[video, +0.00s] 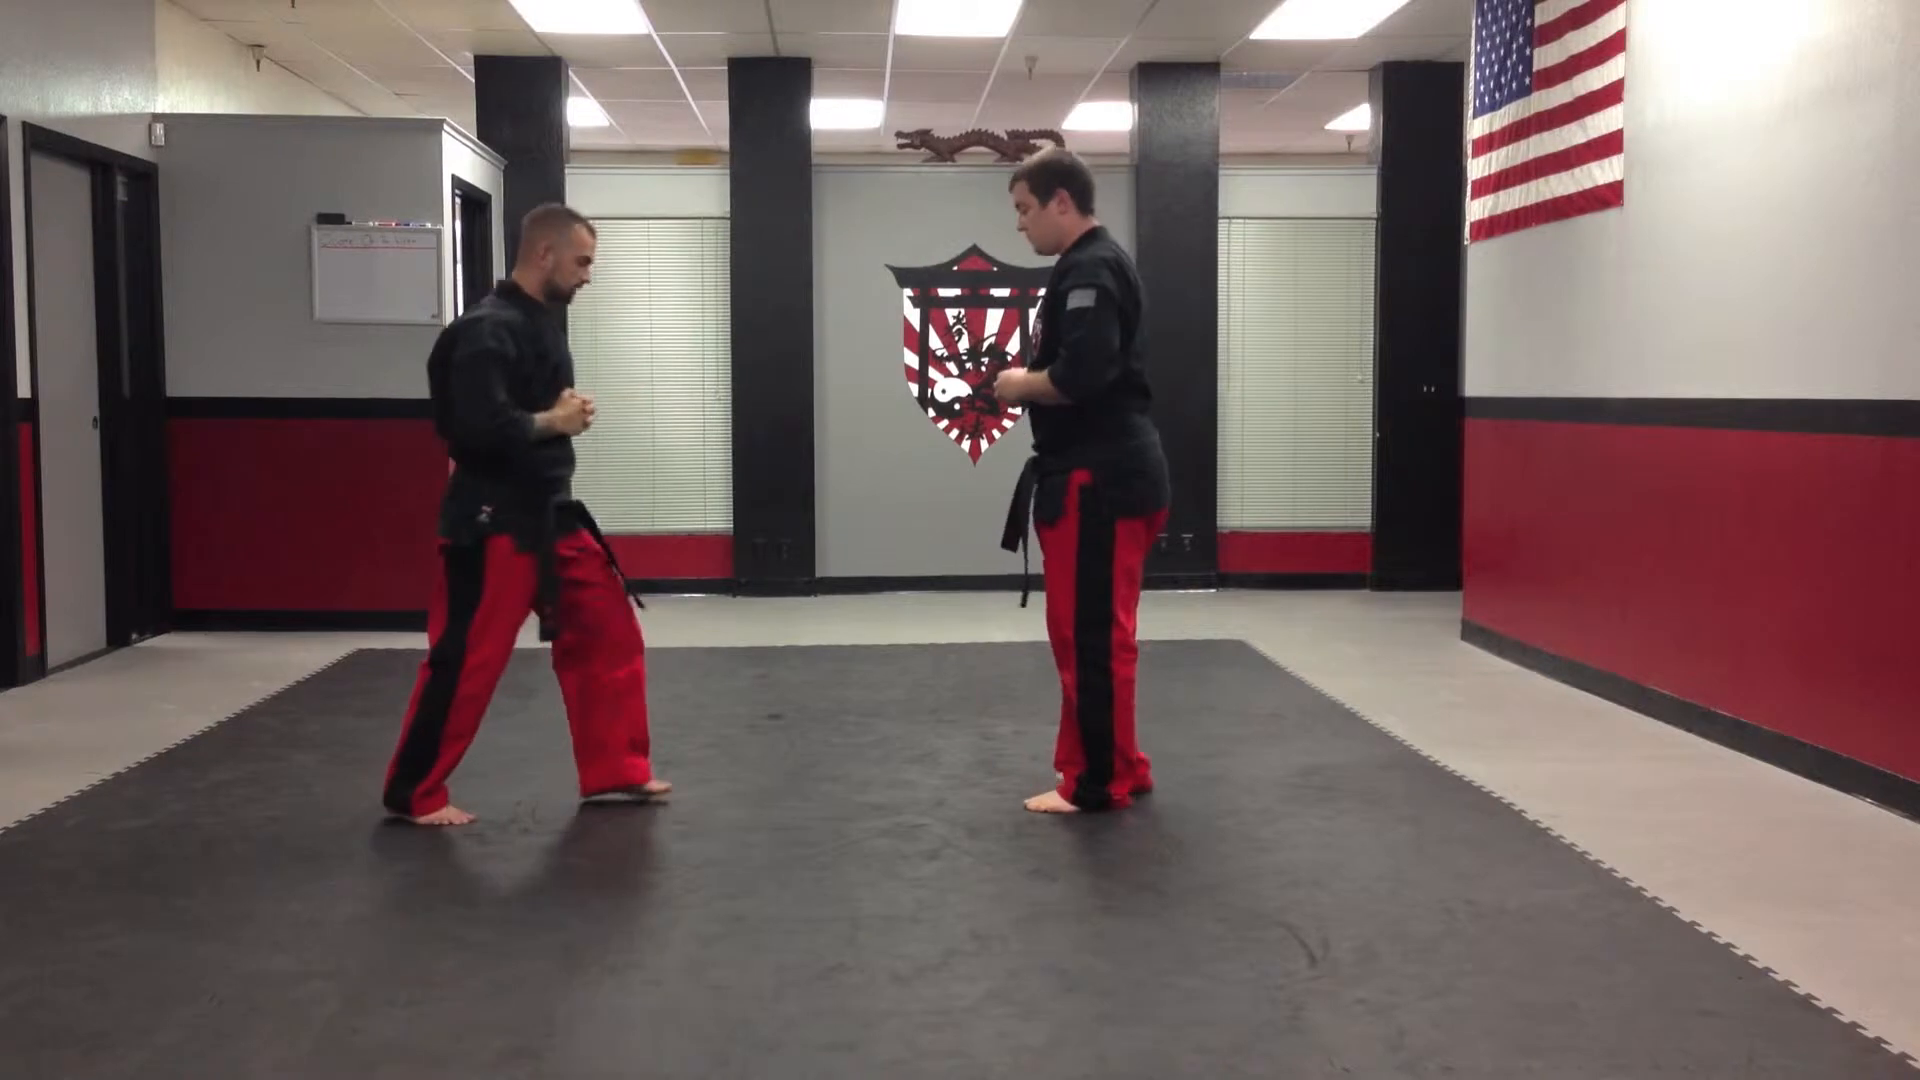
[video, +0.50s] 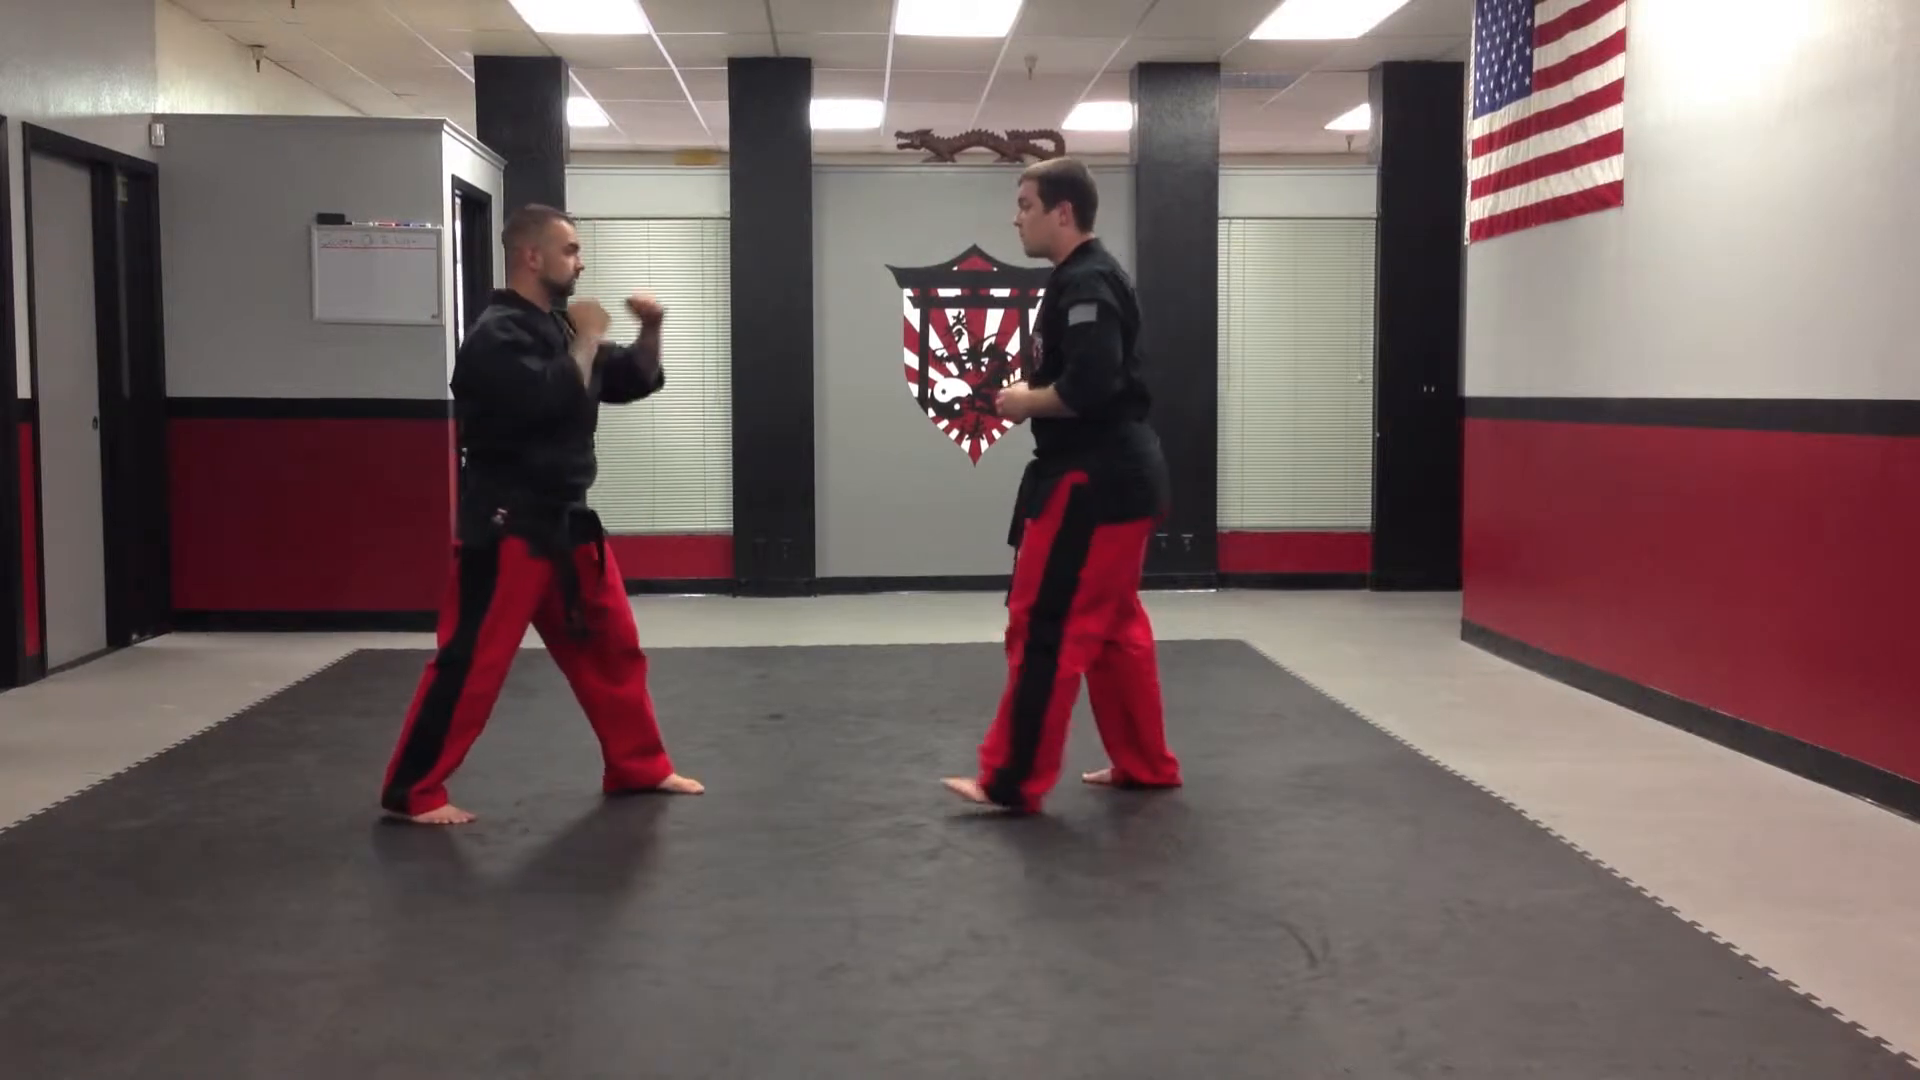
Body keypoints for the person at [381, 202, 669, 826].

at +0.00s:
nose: (587, 275)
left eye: (590, 263)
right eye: (582, 262)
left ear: (546, 258)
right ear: (542, 255)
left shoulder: (545, 326)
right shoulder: (485, 329)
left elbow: (529, 411)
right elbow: (475, 428)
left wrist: (557, 414)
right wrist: (551, 421)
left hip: (552, 511)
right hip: (493, 517)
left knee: (607, 635)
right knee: (468, 658)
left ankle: (614, 772)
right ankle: (415, 794)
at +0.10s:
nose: (579, 272)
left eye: (581, 260)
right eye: (572, 259)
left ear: (539, 258)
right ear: (532, 254)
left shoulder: (542, 324)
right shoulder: (478, 328)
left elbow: (527, 409)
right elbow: (469, 423)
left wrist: (560, 408)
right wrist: (548, 416)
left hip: (551, 513)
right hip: (490, 518)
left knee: (601, 638)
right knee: (463, 662)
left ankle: (633, 766)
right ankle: (414, 794)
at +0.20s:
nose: (577, 271)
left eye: (578, 260)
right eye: (569, 259)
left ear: (538, 259)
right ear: (530, 256)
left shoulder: (544, 328)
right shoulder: (480, 331)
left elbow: (533, 414)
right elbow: (474, 423)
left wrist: (572, 407)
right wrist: (558, 412)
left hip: (556, 516)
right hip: (495, 521)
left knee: (602, 646)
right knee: (465, 664)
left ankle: (634, 768)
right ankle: (412, 794)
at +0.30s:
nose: (577, 268)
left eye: (578, 257)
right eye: (568, 256)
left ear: (540, 260)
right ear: (529, 257)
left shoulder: (555, 337)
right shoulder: (487, 336)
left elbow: (594, 423)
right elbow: (495, 422)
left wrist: (607, 394)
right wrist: (578, 400)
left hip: (567, 520)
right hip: (505, 525)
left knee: (610, 649)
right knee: (472, 664)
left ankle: (637, 769)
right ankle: (412, 793)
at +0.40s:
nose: (579, 262)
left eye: (578, 251)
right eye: (569, 251)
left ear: (540, 258)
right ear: (530, 255)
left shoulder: (559, 329)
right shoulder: (491, 335)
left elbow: (611, 401)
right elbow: (526, 410)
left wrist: (627, 363)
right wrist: (594, 368)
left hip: (569, 518)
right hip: (506, 524)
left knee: (614, 647)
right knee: (476, 663)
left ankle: (637, 768)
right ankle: (413, 792)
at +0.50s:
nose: (579, 262)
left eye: (578, 251)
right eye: (568, 251)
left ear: (540, 257)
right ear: (529, 255)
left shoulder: (558, 330)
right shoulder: (493, 335)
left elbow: (630, 381)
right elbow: (547, 397)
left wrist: (649, 332)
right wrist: (586, 343)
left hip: (567, 518)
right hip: (504, 523)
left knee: (610, 647)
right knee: (472, 663)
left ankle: (637, 768)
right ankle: (411, 792)